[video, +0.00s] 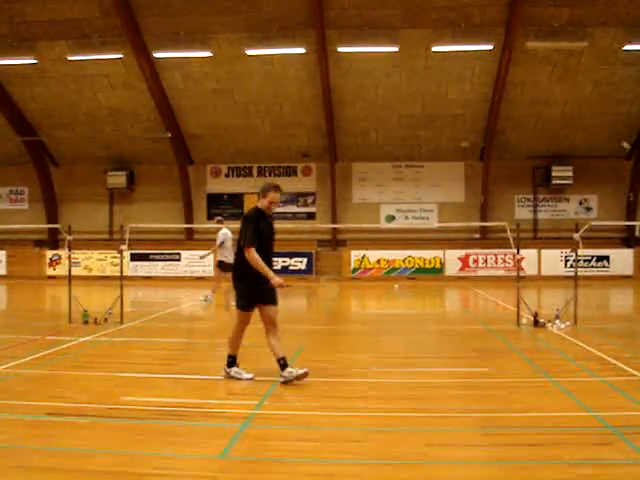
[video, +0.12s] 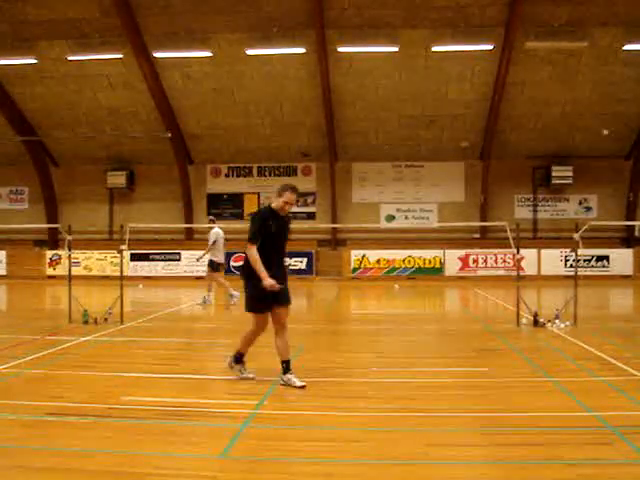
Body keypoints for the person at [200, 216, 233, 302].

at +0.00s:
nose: (216, 225)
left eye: (217, 223)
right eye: (216, 223)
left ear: (218, 223)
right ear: (223, 222)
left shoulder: (222, 232)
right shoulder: (228, 232)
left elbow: (217, 246)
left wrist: (206, 255)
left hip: (223, 259)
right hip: (229, 259)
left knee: (217, 279)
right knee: (230, 281)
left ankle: (211, 296)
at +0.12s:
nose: (208, 225)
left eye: (209, 223)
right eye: (209, 223)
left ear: (211, 223)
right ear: (215, 222)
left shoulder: (214, 232)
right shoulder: (220, 231)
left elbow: (210, 246)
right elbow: (221, 246)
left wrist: (201, 256)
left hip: (214, 259)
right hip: (219, 259)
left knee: (216, 278)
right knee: (210, 278)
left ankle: (232, 293)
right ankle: (208, 297)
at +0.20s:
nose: (205, 224)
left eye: (205, 222)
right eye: (205, 222)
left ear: (207, 222)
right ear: (211, 222)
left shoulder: (209, 231)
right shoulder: (216, 231)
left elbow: (207, 248)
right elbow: (216, 246)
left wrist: (200, 258)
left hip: (210, 258)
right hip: (216, 258)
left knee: (208, 277)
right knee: (208, 278)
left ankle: (225, 290)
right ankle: (207, 296)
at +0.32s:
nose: (196, 225)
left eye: (197, 223)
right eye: (196, 223)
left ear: (199, 223)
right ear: (204, 222)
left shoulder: (204, 232)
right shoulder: (208, 231)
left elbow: (204, 248)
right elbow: (206, 247)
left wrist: (202, 259)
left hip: (202, 258)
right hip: (207, 258)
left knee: (194, 275)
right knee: (205, 276)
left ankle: (206, 292)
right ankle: (206, 295)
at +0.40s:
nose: (193, 225)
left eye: (194, 222)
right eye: (193, 222)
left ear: (198, 223)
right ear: (201, 222)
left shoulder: (203, 232)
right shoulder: (205, 231)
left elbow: (204, 248)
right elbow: (204, 247)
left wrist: (203, 260)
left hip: (200, 258)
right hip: (205, 258)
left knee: (192, 275)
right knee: (204, 277)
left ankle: (202, 294)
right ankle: (208, 295)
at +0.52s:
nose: (186, 226)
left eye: (187, 224)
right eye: (186, 224)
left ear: (190, 223)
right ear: (193, 223)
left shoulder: (195, 232)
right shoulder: (197, 231)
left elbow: (199, 248)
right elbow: (198, 248)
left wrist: (201, 260)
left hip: (193, 259)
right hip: (198, 260)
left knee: (187, 278)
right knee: (200, 278)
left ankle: (183, 297)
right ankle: (206, 295)